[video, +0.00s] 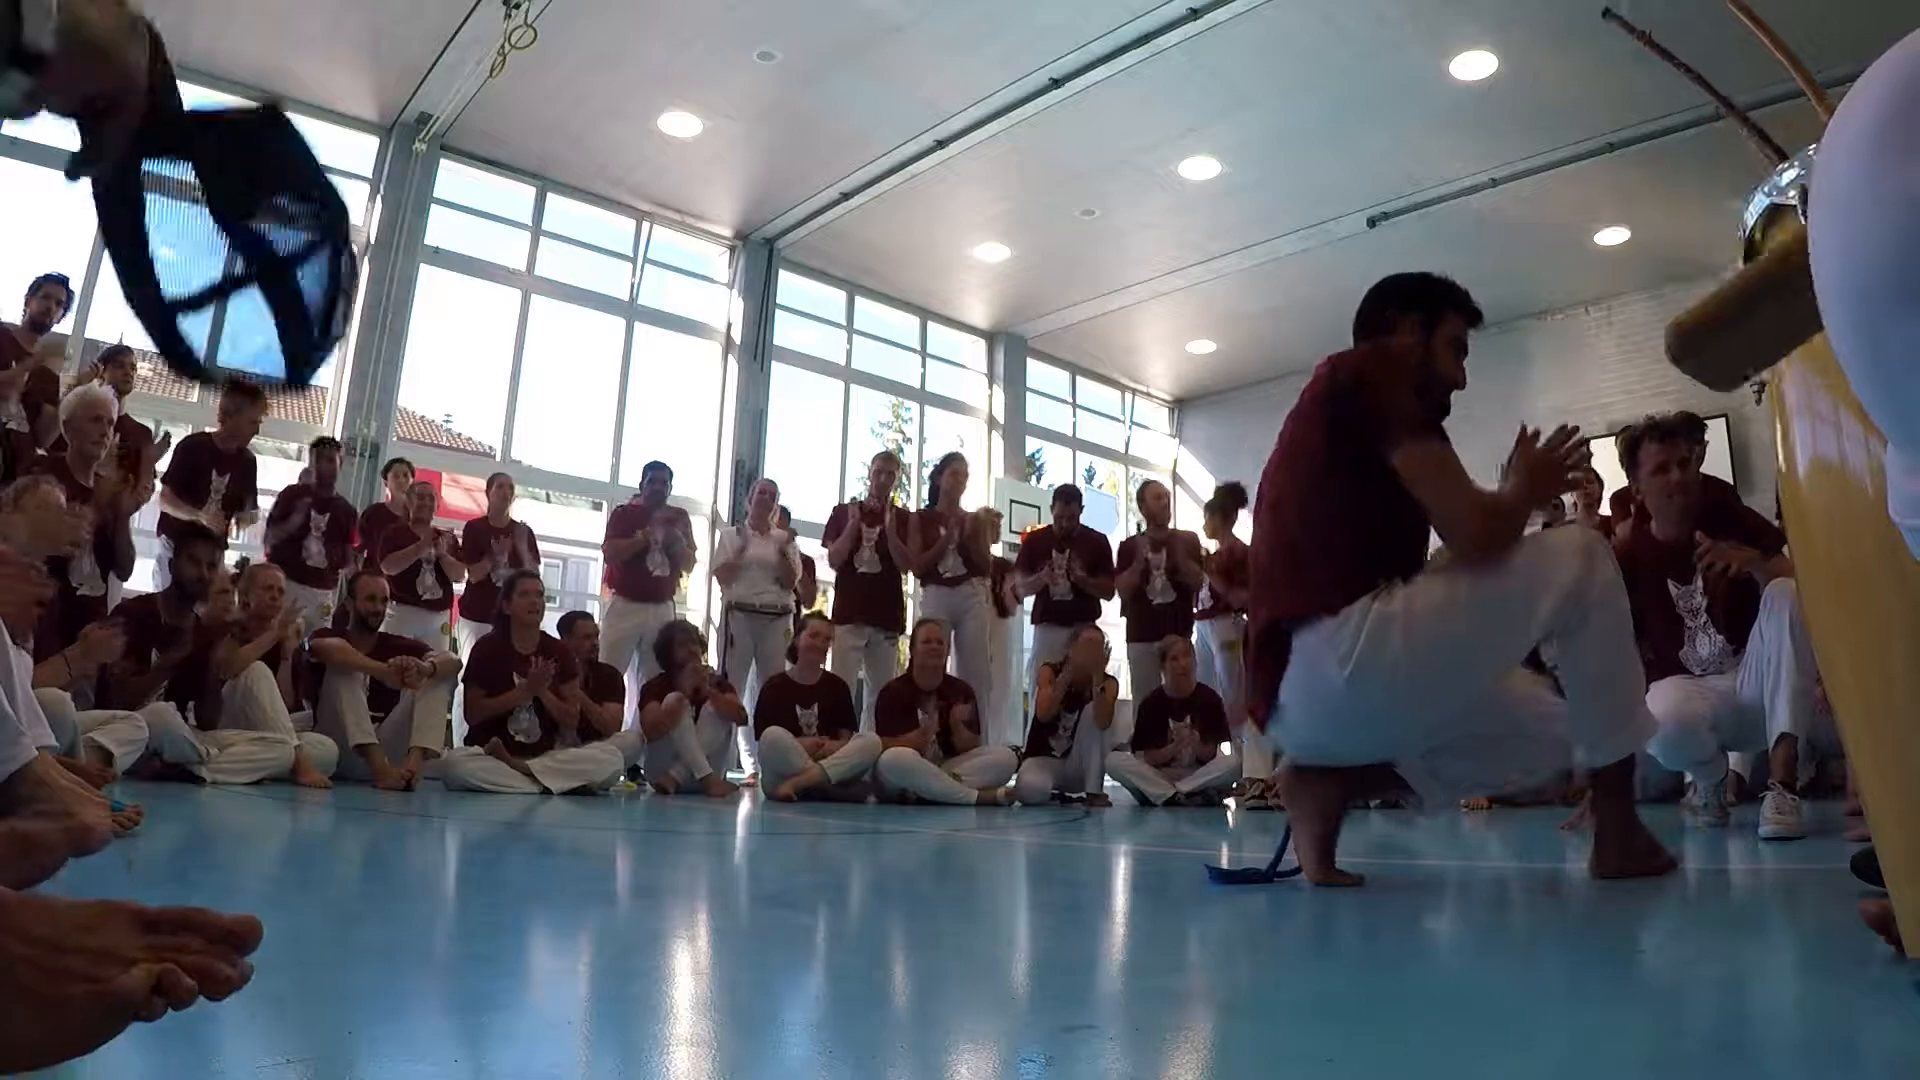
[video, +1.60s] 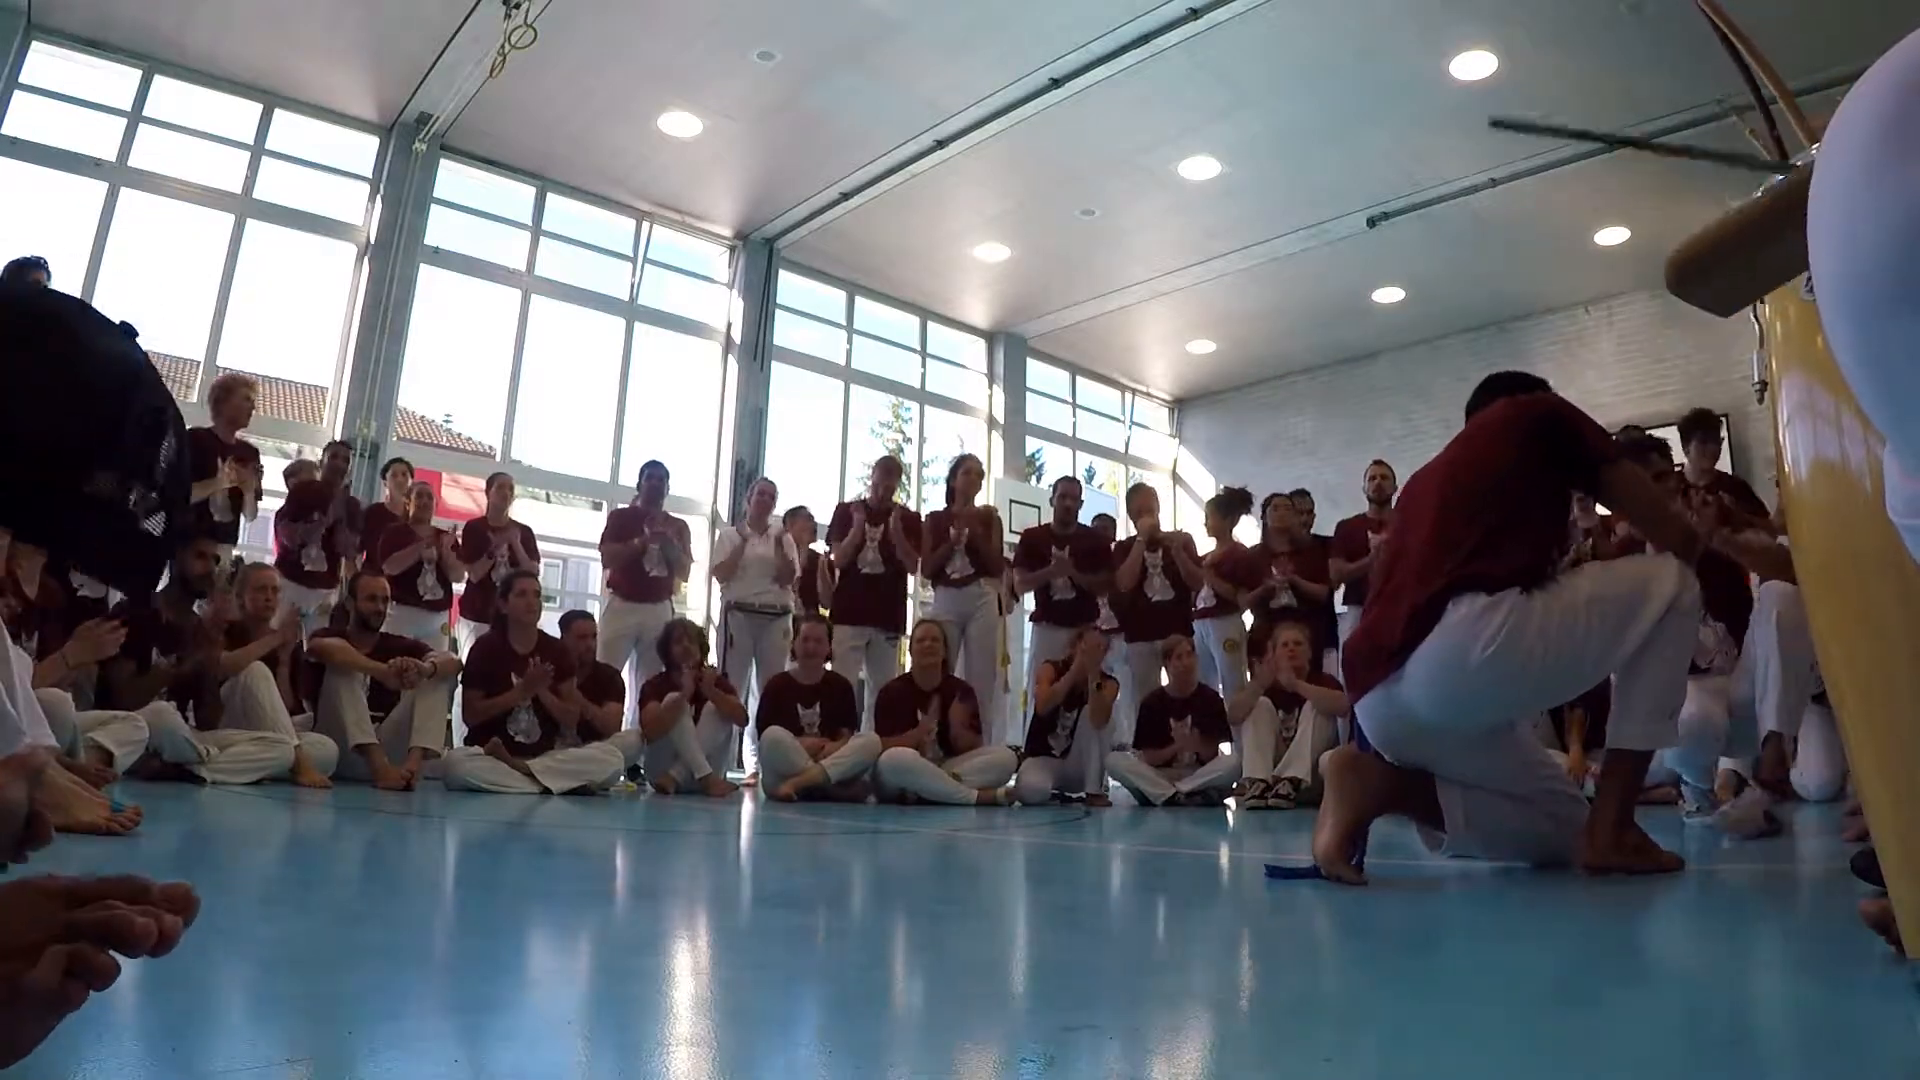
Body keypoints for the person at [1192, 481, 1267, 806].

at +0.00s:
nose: (1205, 525)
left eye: (1208, 518)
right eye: (1204, 518)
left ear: (1223, 518)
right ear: (1221, 518)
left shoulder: (1240, 553)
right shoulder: (1213, 556)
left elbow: (1243, 597)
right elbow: (1212, 593)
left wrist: (1215, 579)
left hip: (1227, 624)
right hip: (1203, 624)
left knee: (1231, 691)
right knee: (1206, 688)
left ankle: (1240, 749)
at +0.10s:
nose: (1204, 522)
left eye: (1207, 516)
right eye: (1204, 516)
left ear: (1222, 517)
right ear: (1226, 518)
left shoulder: (1240, 552)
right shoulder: (1213, 556)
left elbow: (1235, 594)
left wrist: (1210, 571)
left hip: (1225, 620)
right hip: (1202, 622)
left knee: (1231, 688)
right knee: (1206, 685)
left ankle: (1236, 742)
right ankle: (1210, 738)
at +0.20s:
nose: (1204, 524)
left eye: (1208, 517)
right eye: (1205, 517)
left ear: (1223, 518)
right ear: (1225, 519)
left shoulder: (1241, 552)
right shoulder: (1213, 556)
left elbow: (1237, 596)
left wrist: (1212, 572)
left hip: (1226, 619)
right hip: (1203, 621)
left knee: (1231, 684)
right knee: (1206, 684)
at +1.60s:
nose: (1205, 522)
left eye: (1210, 516)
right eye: (1206, 516)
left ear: (1229, 520)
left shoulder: (1241, 553)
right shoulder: (1206, 558)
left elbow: (1241, 596)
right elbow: (1196, 585)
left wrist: (1210, 576)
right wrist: (1179, 554)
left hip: (1226, 621)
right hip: (1200, 623)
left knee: (1233, 689)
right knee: (1204, 688)